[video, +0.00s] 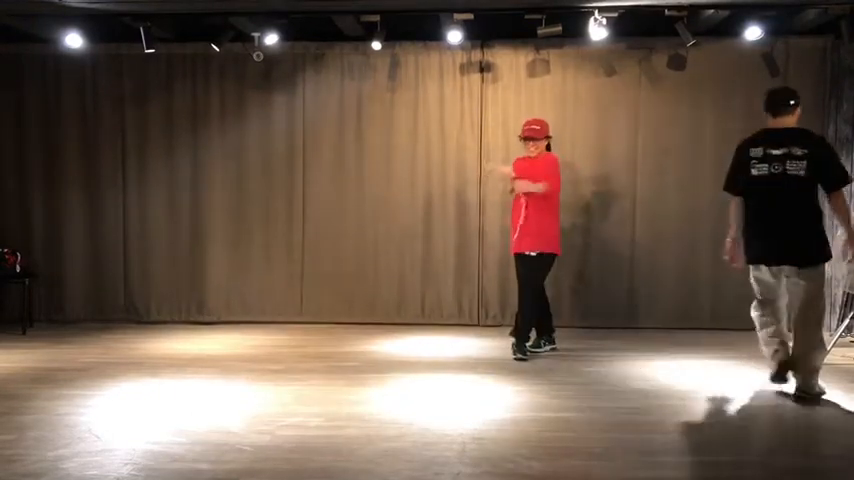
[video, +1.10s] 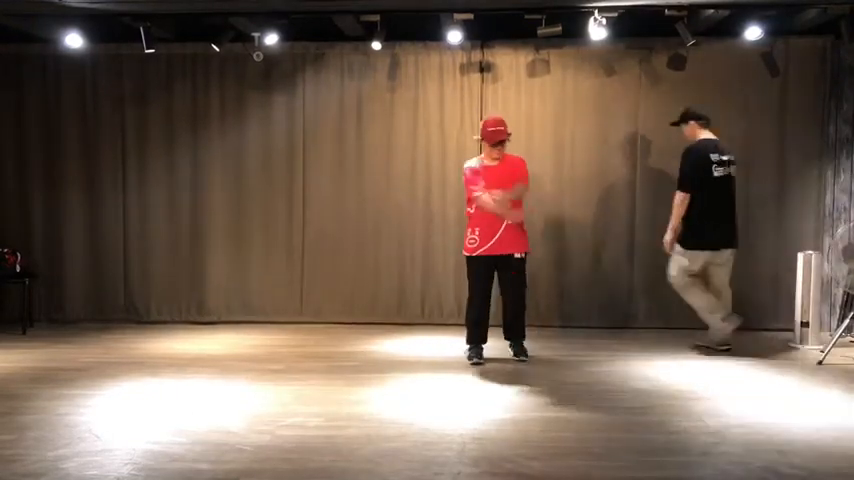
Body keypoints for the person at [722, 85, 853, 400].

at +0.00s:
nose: (798, 114)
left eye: (792, 110)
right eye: (798, 110)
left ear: (767, 112)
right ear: (797, 110)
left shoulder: (748, 147)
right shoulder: (814, 144)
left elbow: (736, 198)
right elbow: (836, 195)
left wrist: (733, 234)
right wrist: (849, 231)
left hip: (762, 244)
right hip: (805, 244)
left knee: (766, 303)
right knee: (808, 314)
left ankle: (778, 356)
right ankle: (807, 383)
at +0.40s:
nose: (776, 124)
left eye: (751, 124)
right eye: (779, 118)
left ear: (750, 123)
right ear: (780, 119)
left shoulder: (742, 156)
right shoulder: (803, 147)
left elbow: (733, 203)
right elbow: (824, 192)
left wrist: (726, 238)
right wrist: (836, 228)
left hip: (764, 243)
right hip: (803, 239)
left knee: (772, 303)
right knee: (811, 294)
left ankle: (782, 356)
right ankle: (810, 344)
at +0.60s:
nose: (739, 125)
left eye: (738, 121)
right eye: (738, 121)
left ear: (743, 120)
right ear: (767, 118)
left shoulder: (733, 151)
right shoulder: (790, 148)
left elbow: (727, 199)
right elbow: (799, 195)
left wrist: (734, 229)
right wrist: (802, 228)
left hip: (753, 233)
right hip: (786, 231)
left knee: (764, 295)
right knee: (784, 289)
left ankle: (781, 354)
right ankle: (791, 340)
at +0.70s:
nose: (730, 126)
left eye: (730, 121)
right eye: (729, 122)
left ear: (738, 120)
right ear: (759, 120)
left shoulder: (728, 151)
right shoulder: (781, 150)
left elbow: (716, 193)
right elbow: (787, 196)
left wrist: (735, 211)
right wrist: (785, 234)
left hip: (743, 233)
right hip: (773, 231)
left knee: (757, 298)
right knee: (762, 288)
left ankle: (780, 352)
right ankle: (753, 336)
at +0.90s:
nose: (710, 130)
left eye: (712, 125)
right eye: (711, 125)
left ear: (720, 125)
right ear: (735, 126)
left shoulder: (712, 155)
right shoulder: (755, 156)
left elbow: (699, 198)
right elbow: (758, 199)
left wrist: (697, 225)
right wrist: (762, 228)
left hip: (720, 230)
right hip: (748, 230)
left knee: (735, 293)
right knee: (738, 287)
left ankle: (776, 345)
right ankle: (719, 336)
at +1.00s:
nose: (697, 131)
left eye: (698, 126)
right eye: (697, 126)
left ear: (707, 125)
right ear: (720, 125)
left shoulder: (702, 153)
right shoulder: (741, 152)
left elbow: (690, 196)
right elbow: (741, 193)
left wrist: (682, 224)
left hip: (709, 228)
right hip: (737, 227)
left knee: (704, 283)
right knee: (728, 285)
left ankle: (752, 324)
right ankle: (719, 336)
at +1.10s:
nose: (683, 133)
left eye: (684, 128)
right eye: (682, 128)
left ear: (694, 125)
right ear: (704, 125)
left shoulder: (694, 152)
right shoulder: (725, 152)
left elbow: (682, 195)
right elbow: (723, 197)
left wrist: (671, 230)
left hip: (698, 233)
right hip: (725, 233)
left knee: (679, 275)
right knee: (720, 287)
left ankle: (722, 318)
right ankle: (718, 337)